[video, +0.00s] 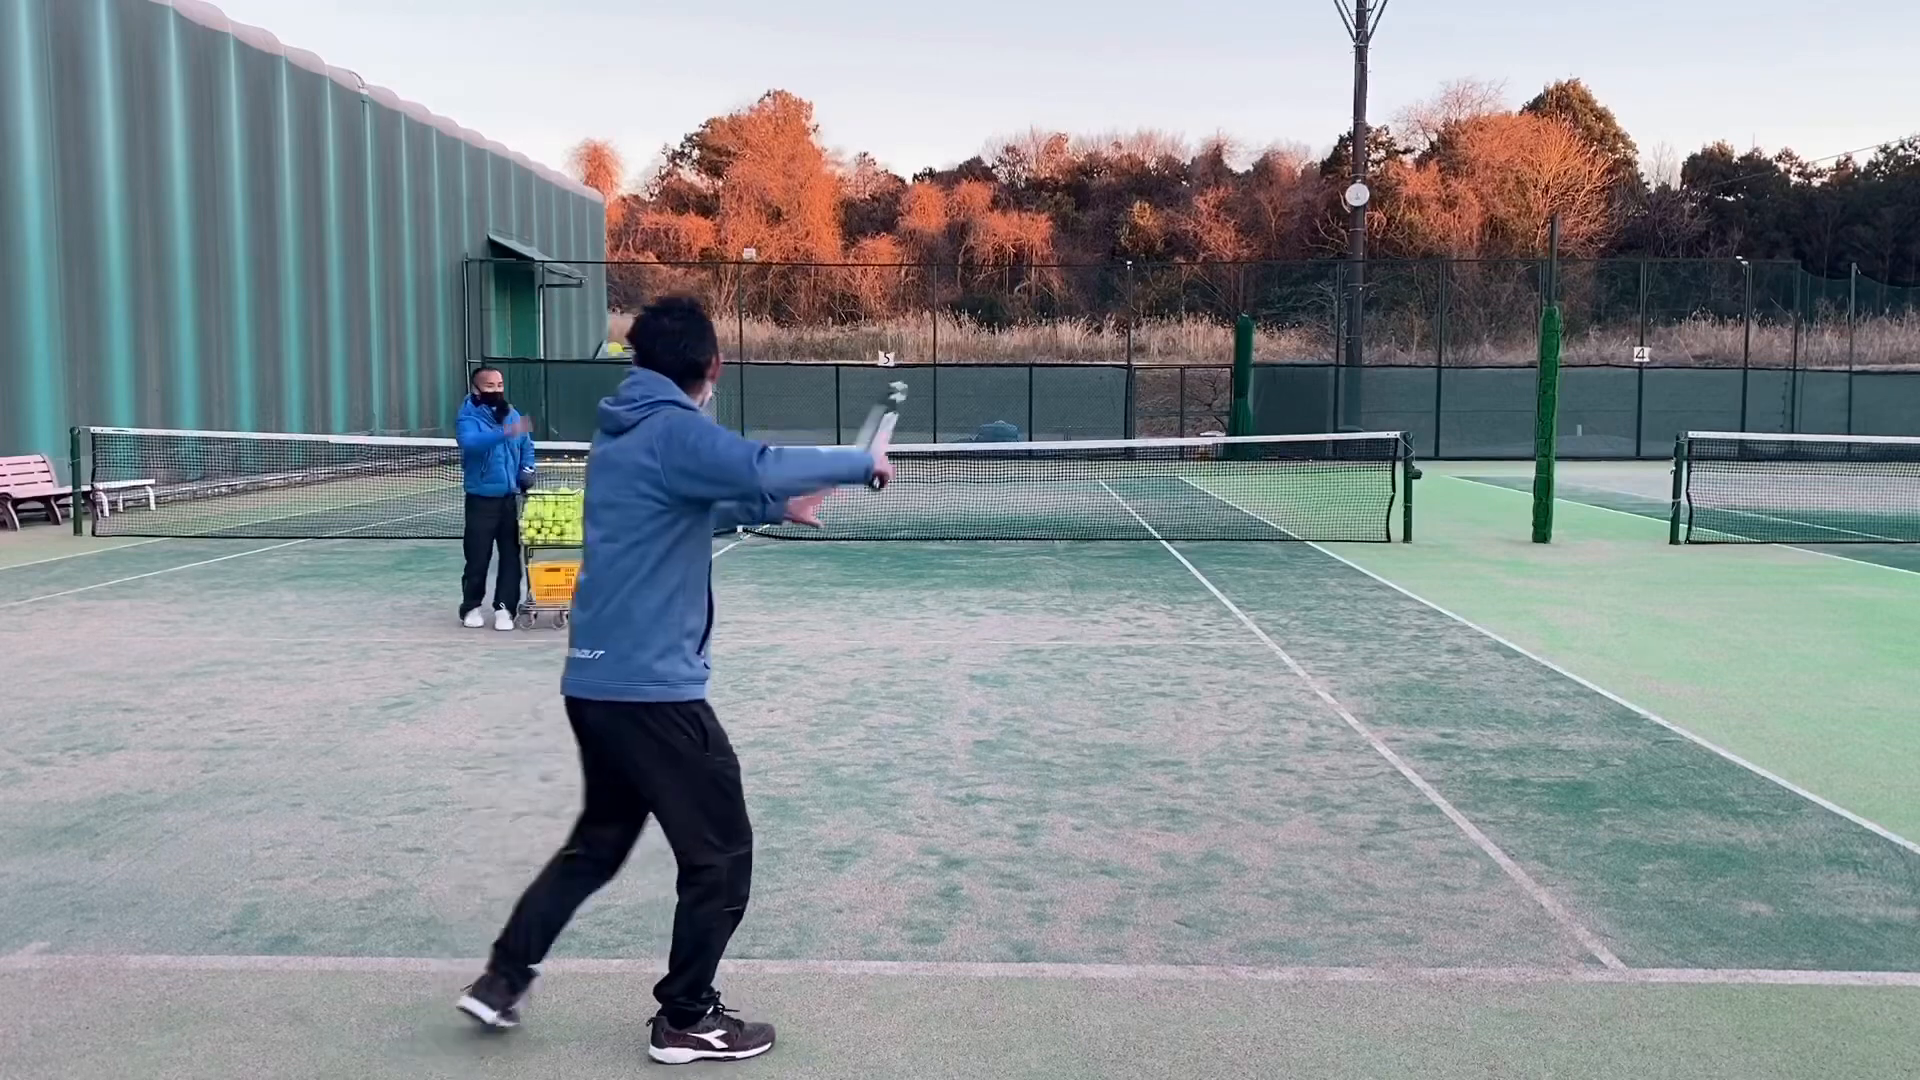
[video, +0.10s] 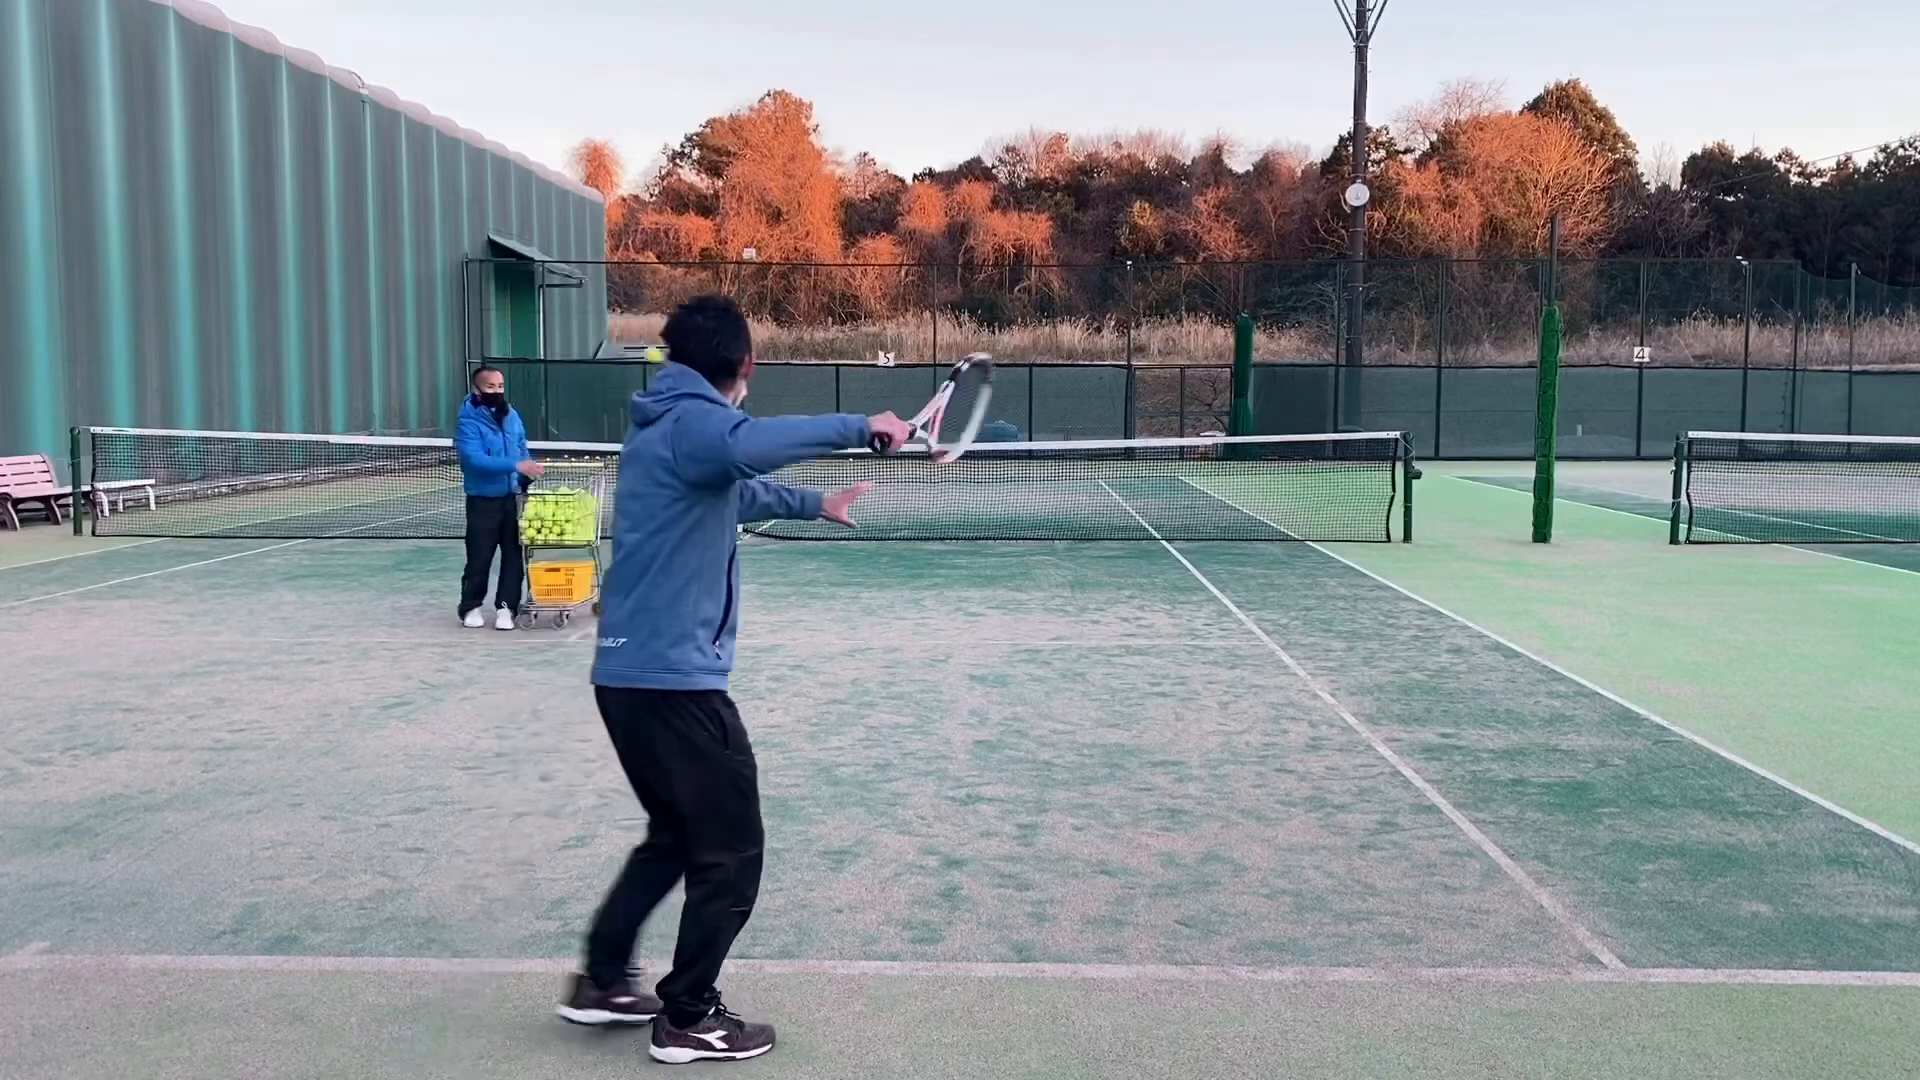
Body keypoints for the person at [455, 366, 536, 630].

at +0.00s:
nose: (497, 390)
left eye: (500, 385)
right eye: (490, 385)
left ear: (504, 386)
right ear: (476, 388)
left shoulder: (512, 415)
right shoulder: (468, 415)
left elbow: (528, 448)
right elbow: (468, 441)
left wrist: (527, 470)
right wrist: (505, 432)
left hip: (511, 496)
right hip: (481, 496)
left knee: (511, 557)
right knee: (478, 557)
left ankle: (504, 608)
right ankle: (471, 608)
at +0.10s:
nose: (497, 391)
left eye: (500, 386)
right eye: (491, 387)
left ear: (504, 387)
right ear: (477, 389)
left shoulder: (511, 415)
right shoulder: (468, 420)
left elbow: (522, 450)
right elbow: (473, 459)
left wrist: (528, 468)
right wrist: (517, 465)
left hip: (513, 497)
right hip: (483, 499)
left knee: (513, 556)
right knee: (480, 557)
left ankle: (506, 607)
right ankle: (471, 607)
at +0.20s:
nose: (500, 391)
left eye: (502, 386)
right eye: (493, 387)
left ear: (505, 386)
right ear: (478, 389)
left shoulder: (511, 414)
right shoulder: (470, 422)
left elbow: (515, 447)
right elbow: (475, 465)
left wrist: (528, 468)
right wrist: (515, 483)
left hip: (513, 495)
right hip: (484, 497)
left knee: (518, 553)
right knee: (480, 555)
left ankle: (510, 606)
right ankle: (471, 607)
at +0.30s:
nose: (504, 392)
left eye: (507, 387)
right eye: (498, 388)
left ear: (509, 388)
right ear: (484, 390)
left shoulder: (513, 415)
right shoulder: (473, 422)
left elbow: (516, 450)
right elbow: (477, 466)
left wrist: (527, 476)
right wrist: (517, 486)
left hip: (515, 496)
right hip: (487, 498)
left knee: (520, 554)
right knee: (482, 556)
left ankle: (516, 605)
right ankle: (471, 608)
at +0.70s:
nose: (527, 395)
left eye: (529, 391)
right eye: (520, 391)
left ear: (530, 391)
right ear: (506, 391)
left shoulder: (523, 417)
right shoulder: (494, 422)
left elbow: (528, 457)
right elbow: (502, 464)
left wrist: (543, 478)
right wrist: (539, 485)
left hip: (525, 500)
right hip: (498, 501)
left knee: (538, 554)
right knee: (487, 558)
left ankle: (541, 607)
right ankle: (465, 609)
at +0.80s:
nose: (534, 395)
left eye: (537, 391)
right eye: (528, 391)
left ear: (538, 391)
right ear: (513, 391)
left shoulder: (530, 418)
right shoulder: (502, 422)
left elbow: (532, 459)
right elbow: (515, 462)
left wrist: (551, 475)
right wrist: (548, 485)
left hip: (529, 500)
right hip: (503, 501)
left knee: (539, 555)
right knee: (492, 557)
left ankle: (540, 606)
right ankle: (466, 608)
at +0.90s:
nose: (541, 394)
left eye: (543, 389)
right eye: (535, 389)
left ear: (545, 390)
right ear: (520, 390)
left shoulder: (536, 417)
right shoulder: (509, 421)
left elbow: (541, 455)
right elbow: (526, 461)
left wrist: (560, 476)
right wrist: (562, 485)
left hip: (533, 499)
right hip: (506, 499)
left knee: (541, 555)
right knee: (495, 557)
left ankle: (541, 606)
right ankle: (467, 607)